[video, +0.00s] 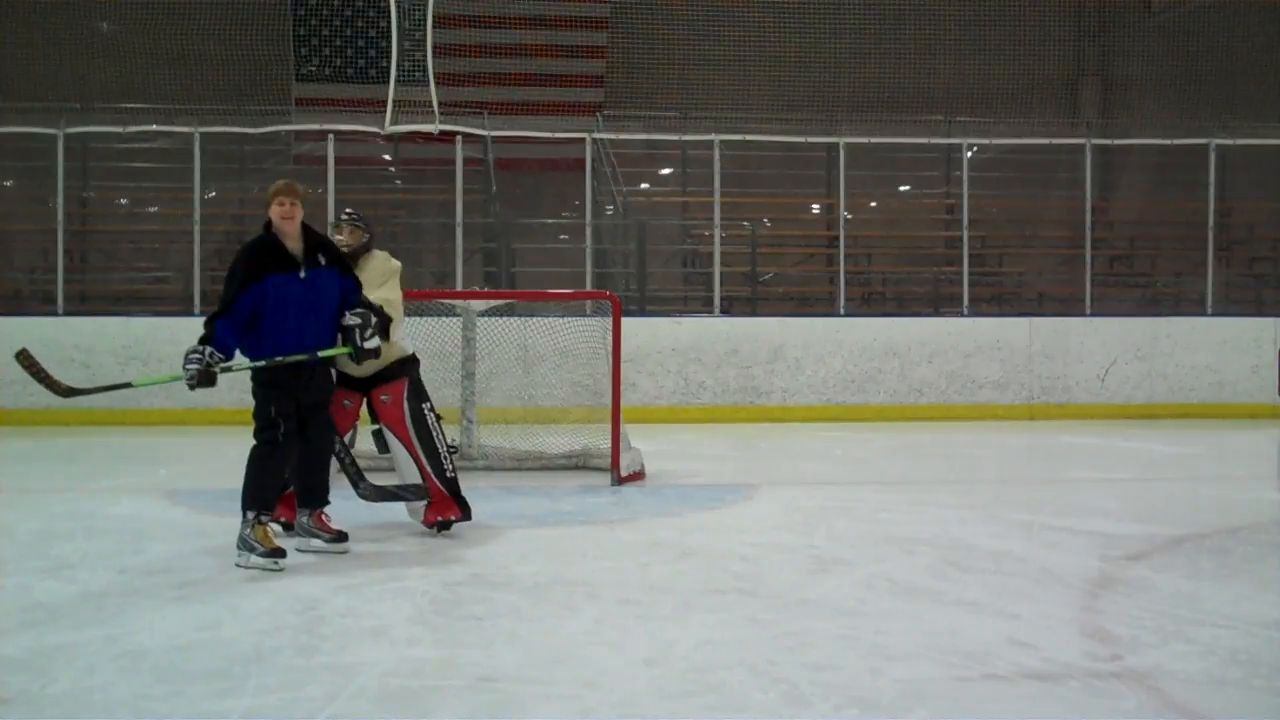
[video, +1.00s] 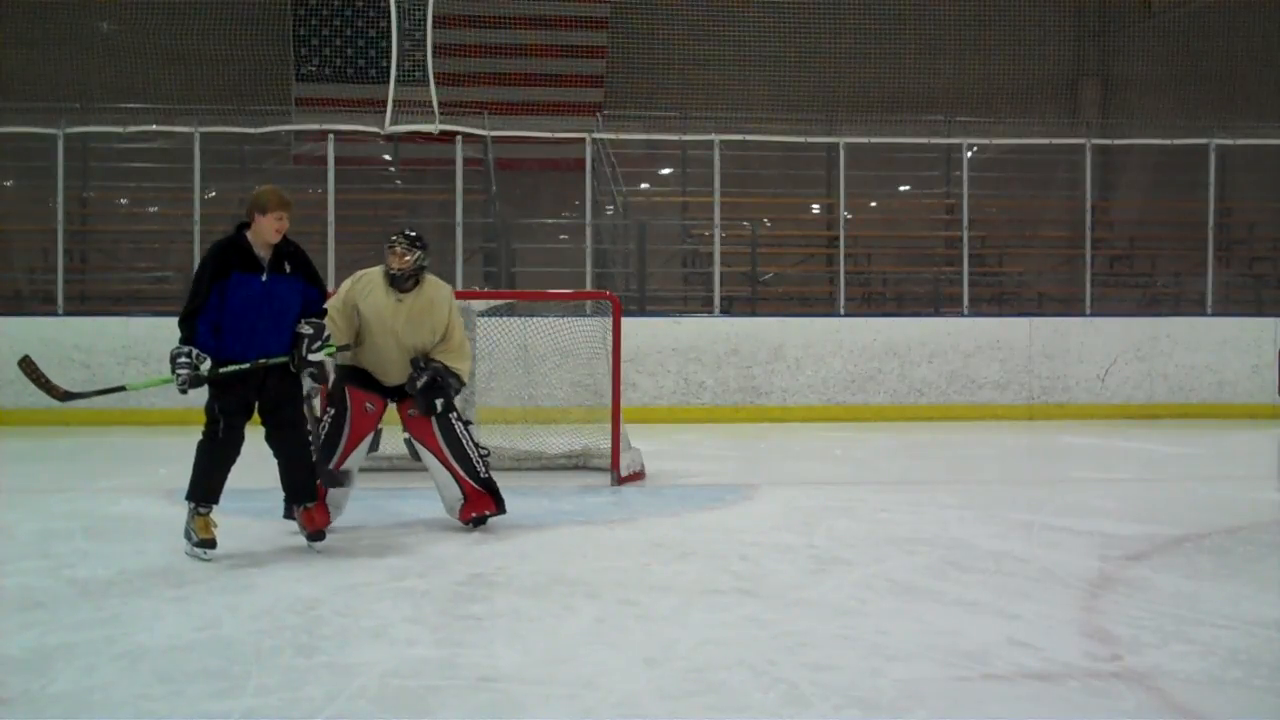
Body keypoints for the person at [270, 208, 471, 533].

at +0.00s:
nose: (345, 238)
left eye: (353, 233)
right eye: (339, 232)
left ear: (366, 237)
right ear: (332, 236)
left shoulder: (382, 266)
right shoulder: (327, 268)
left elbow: (387, 307)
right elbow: (312, 307)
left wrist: (367, 325)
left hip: (390, 368)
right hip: (342, 371)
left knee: (420, 434)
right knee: (318, 438)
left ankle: (445, 502)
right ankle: (290, 502)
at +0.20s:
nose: (386, 251)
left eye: (394, 245)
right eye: (381, 243)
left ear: (404, 250)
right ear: (372, 244)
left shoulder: (412, 284)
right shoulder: (346, 273)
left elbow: (400, 334)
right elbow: (317, 303)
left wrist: (363, 315)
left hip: (397, 372)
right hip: (351, 373)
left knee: (426, 435)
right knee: (329, 440)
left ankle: (453, 502)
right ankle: (290, 500)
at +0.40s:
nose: (416, 255)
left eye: (424, 250)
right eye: (412, 247)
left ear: (434, 256)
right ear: (401, 249)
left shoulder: (445, 292)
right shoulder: (370, 278)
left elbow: (447, 344)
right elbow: (345, 321)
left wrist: (406, 356)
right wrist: (359, 350)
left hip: (419, 377)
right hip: (370, 372)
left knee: (431, 426)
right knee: (347, 434)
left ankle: (462, 503)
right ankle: (298, 502)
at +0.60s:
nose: (427, 257)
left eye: (435, 252)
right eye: (422, 250)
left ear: (446, 257)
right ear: (413, 251)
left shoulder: (461, 294)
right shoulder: (383, 280)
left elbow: (463, 354)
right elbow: (360, 333)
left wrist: (430, 389)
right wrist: (358, 378)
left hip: (431, 383)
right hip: (381, 378)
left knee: (449, 433)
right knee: (346, 430)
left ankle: (471, 505)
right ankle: (330, 507)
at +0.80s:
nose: (418, 261)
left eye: (426, 255)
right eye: (414, 253)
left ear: (439, 259)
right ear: (405, 254)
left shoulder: (457, 295)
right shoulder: (379, 281)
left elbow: (465, 349)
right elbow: (352, 325)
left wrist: (450, 382)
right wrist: (346, 365)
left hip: (427, 377)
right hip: (376, 373)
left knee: (445, 435)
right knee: (345, 433)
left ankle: (472, 504)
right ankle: (325, 507)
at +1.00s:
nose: (396, 262)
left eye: (404, 256)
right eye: (392, 255)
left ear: (419, 259)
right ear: (385, 257)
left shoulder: (440, 295)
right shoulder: (362, 285)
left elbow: (456, 348)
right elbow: (332, 323)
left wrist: (440, 379)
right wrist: (317, 356)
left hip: (417, 379)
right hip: (364, 375)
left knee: (443, 433)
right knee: (340, 435)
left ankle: (478, 497)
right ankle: (317, 506)